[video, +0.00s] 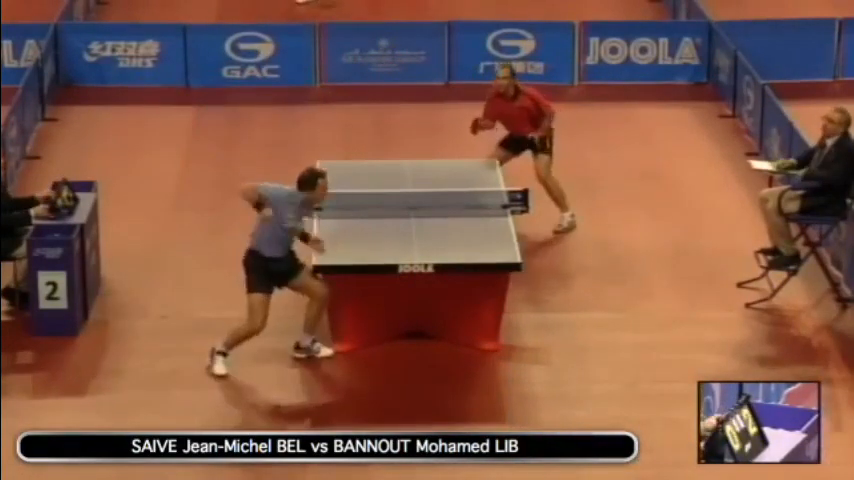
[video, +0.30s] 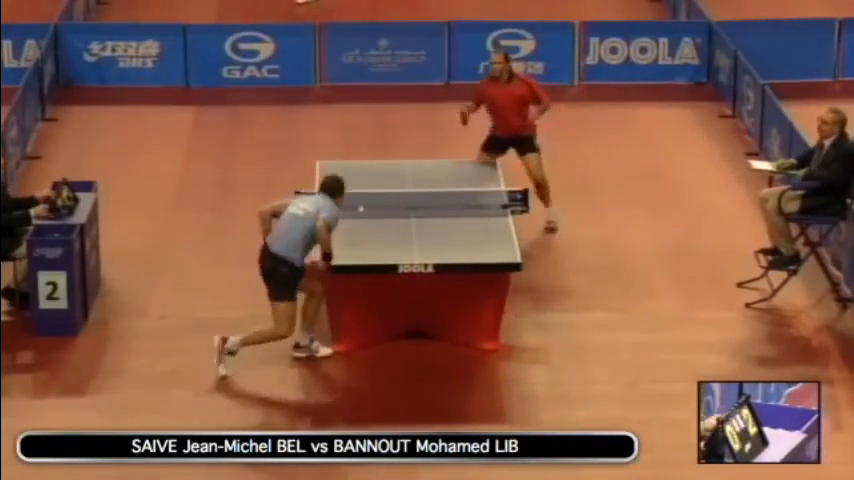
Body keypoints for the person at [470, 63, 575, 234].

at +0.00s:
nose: (500, 83)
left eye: (504, 79)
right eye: (498, 79)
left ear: (513, 81)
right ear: (495, 81)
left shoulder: (529, 95)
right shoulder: (494, 100)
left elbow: (550, 112)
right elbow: (490, 122)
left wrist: (542, 131)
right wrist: (479, 125)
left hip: (539, 135)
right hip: (517, 135)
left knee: (543, 175)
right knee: (490, 165)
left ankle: (567, 214)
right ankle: (490, 211)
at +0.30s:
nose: (494, 68)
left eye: (497, 64)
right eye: (492, 64)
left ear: (507, 65)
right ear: (491, 66)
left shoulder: (524, 84)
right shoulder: (486, 86)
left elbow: (545, 103)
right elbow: (476, 104)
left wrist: (535, 115)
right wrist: (466, 111)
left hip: (523, 134)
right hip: (499, 135)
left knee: (538, 178)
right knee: (480, 171)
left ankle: (549, 214)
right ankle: (482, 211)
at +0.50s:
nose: (491, 71)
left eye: (495, 67)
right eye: (490, 67)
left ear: (505, 67)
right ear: (488, 67)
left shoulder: (518, 85)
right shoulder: (480, 86)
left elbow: (535, 108)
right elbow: (469, 110)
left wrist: (519, 109)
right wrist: (462, 110)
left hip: (514, 139)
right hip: (486, 138)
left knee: (530, 179)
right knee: (472, 175)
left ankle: (540, 217)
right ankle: (471, 218)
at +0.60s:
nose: (485, 74)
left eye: (489, 71)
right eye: (483, 70)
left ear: (499, 69)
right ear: (481, 70)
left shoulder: (513, 87)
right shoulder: (474, 88)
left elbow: (520, 112)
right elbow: (450, 107)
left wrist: (507, 118)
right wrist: (452, 119)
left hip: (507, 139)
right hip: (479, 139)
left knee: (530, 177)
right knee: (466, 175)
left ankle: (540, 216)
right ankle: (463, 218)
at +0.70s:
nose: (477, 89)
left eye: (482, 85)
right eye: (475, 85)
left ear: (492, 85)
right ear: (472, 84)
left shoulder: (502, 102)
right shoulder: (463, 103)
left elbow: (503, 124)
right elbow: (437, 126)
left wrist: (495, 135)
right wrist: (446, 144)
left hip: (495, 151)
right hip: (468, 153)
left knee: (522, 177)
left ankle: (541, 218)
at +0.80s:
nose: (475, 99)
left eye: (479, 96)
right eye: (473, 95)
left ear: (487, 97)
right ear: (469, 95)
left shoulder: (494, 113)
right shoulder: (457, 114)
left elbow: (495, 134)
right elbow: (437, 134)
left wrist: (490, 147)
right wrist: (445, 150)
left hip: (487, 157)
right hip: (461, 158)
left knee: (522, 184)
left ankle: (541, 219)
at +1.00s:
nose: (464, 108)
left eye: (469, 104)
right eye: (462, 103)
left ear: (477, 105)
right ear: (458, 103)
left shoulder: (487, 120)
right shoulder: (448, 124)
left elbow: (503, 136)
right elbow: (436, 145)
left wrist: (511, 147)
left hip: (487, 166)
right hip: (456, 166)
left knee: (521, 188)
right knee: (422, 184)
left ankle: (532, 219)